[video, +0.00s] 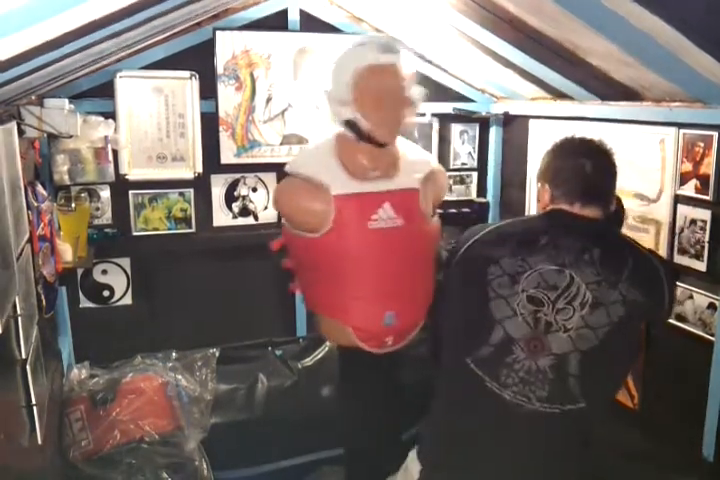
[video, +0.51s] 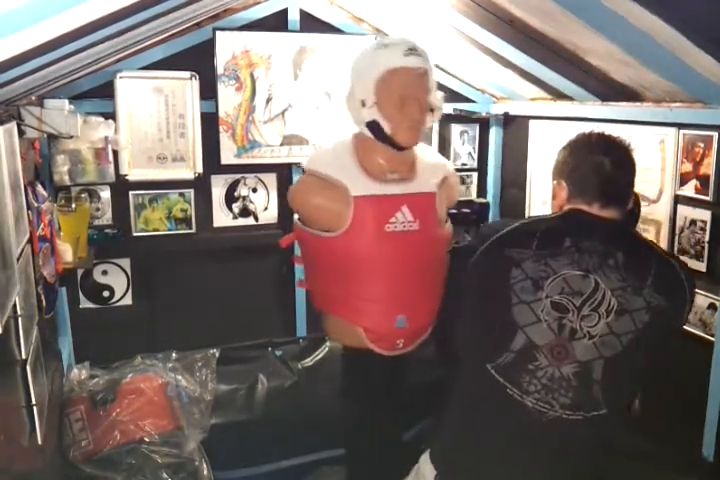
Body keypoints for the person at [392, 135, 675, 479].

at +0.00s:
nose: (536, 198)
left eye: (535, 190)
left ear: (544, 196)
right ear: (611, 203)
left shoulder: (479, 246)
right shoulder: (644, 272)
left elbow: (447, 345)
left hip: (467, 451)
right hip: (567, 459)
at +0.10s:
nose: (542, 199)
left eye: (542, 191)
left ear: (550, 196)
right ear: (618, 208)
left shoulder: (484, 245)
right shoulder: (651, 280)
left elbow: (449, 341)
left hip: (463, 448)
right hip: (567, 461)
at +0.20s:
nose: (544, 198)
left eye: (545, 189)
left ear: (553, 195)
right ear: (621, 207)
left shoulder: (490, 246)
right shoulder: (656, 281)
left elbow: (447, 339)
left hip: (469, 446)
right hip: (574, 458)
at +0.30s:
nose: (547, 197)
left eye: (547, 189)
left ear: (555, 194)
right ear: (624, 207)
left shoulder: (492, 243)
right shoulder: (659, 281)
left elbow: (447, 340)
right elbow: (635, 377)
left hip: (467, 448)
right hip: (573, 460)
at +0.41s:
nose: (549, 197)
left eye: (549, 189)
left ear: (557, 194)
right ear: (627, 206)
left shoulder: (491, 247)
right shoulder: (664, 282)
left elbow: (446, 344)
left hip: (476, 451)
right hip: (586, 459)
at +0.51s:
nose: (552, 197)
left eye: (551, 189)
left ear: (560, 193)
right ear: (631, 203)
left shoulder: (500, 246)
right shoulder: (671, 281)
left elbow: (459, 343)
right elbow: (647, 380)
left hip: (481, 451)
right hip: (590, 460)